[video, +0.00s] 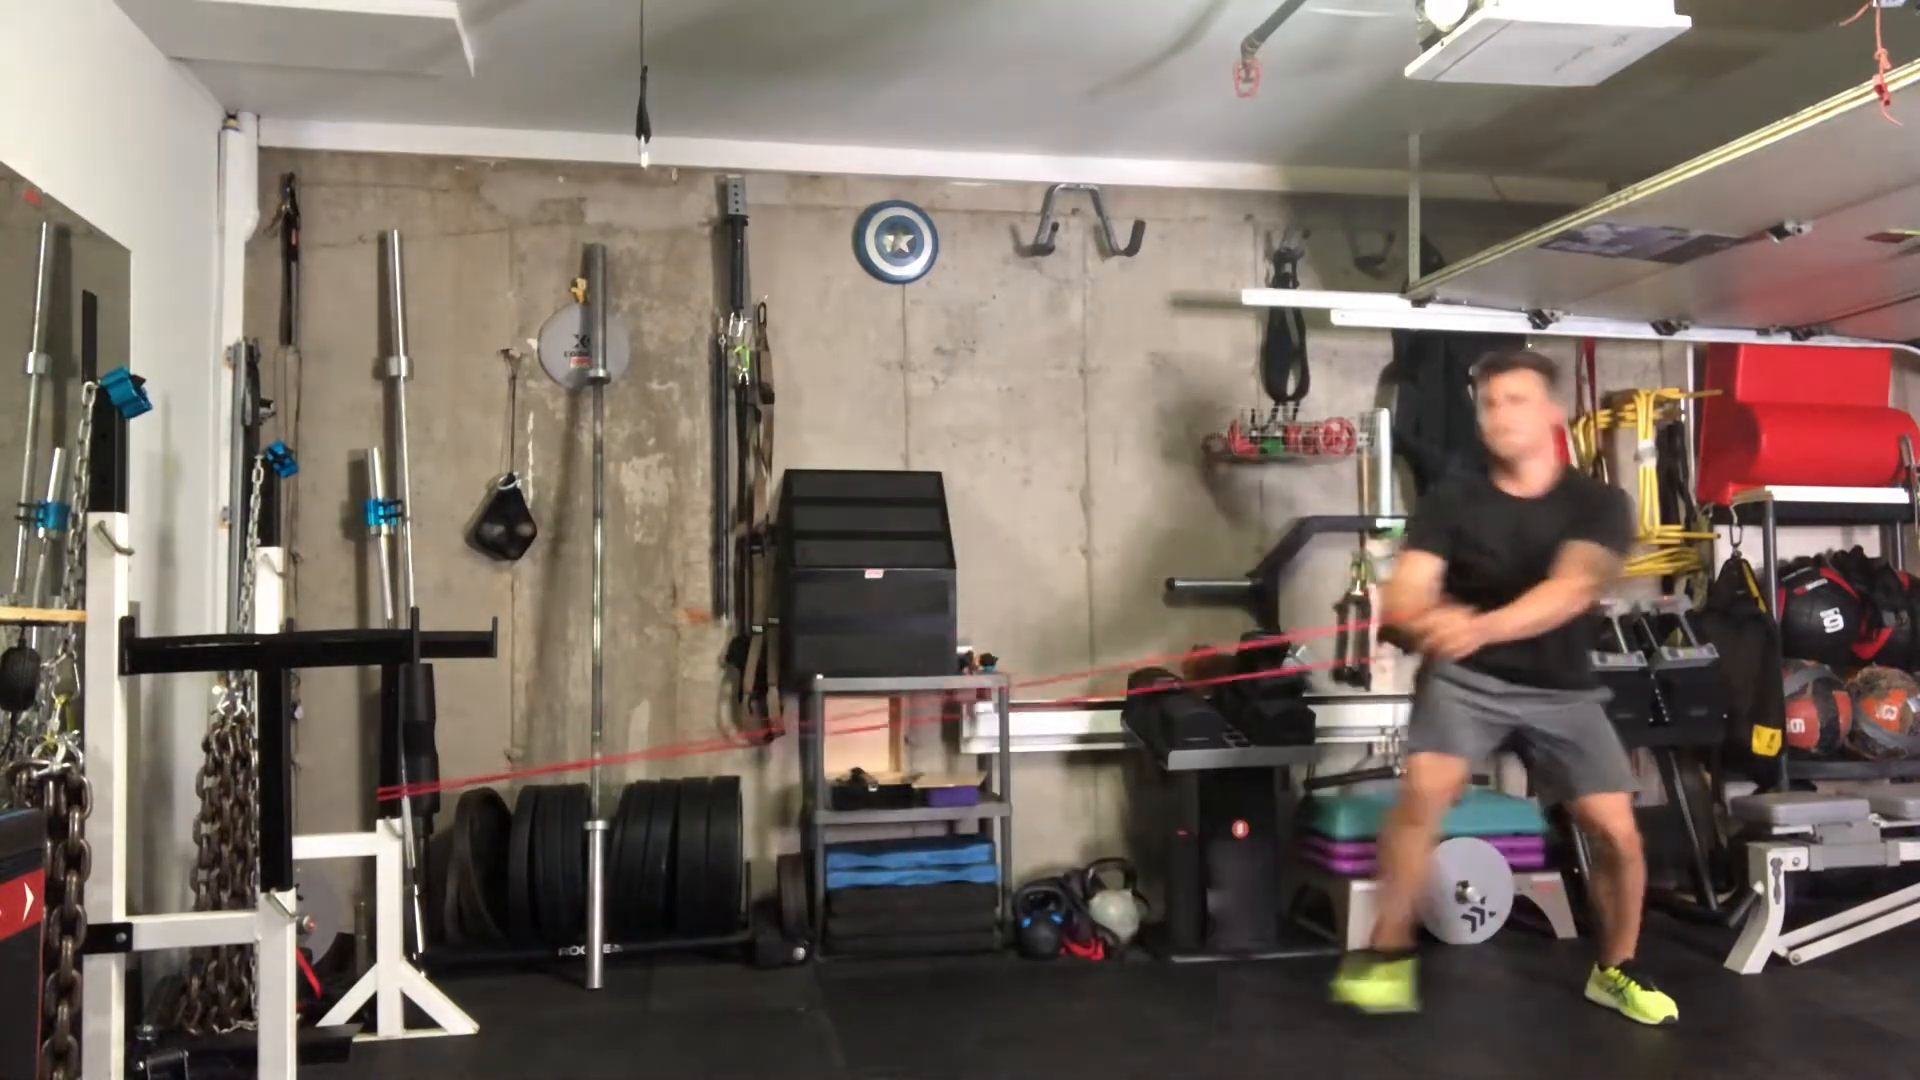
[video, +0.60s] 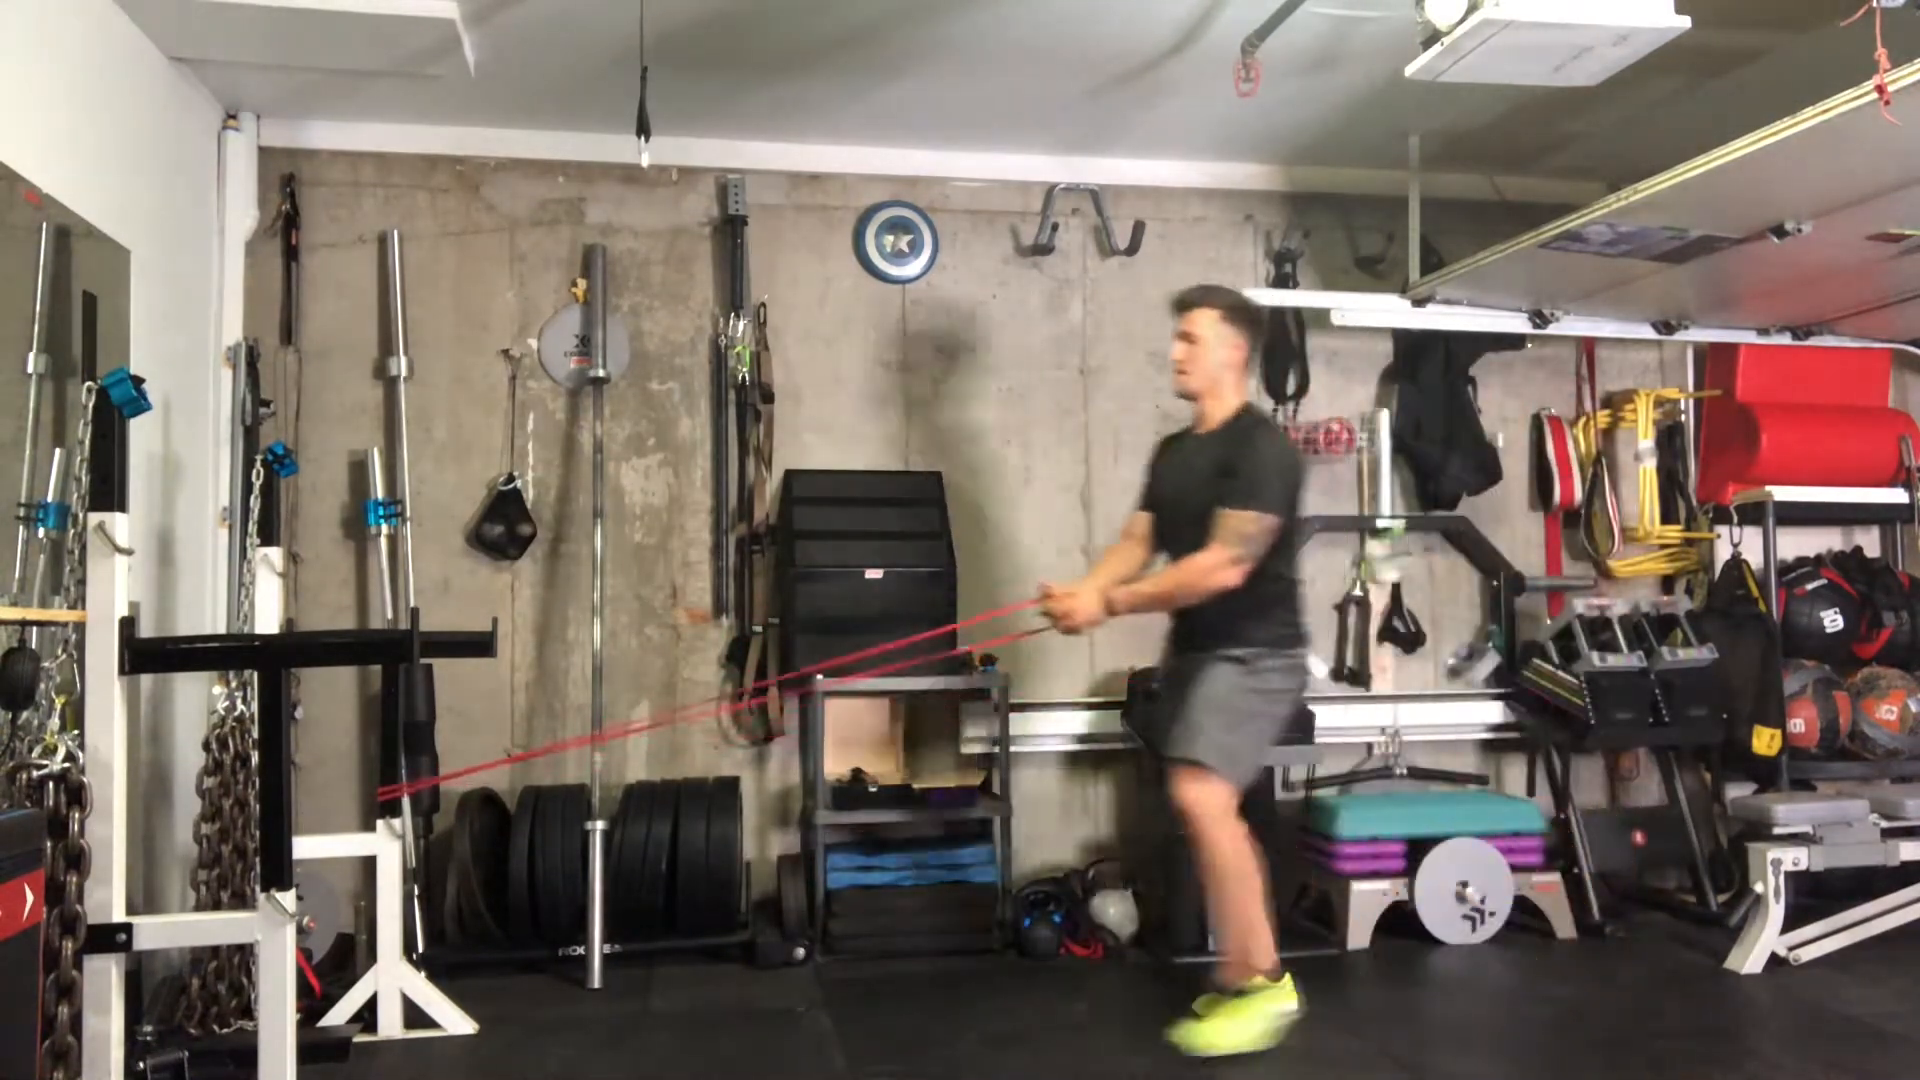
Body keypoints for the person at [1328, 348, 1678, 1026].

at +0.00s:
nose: (1500, 415)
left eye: (1515, 401)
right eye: (1489, 404)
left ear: (1553, 414)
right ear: (1479, 419)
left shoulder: (1597, 503)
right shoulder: (1453, 498)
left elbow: (1572, 590)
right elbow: (1403, 600)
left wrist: (1482, 627)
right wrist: (1439, 623)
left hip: (1565, 696)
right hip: (1463, 687)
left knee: (1619, 836)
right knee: (1422, 797)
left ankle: (1614, 970)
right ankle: (1389, 954)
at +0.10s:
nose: (1432, 397)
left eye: (1450, 384)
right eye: (1424, 387)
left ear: (1494, 398)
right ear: (1414, 403)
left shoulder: (1543, 491)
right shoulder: (1403, 495)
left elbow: (1510, 600)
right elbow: (1360, 590)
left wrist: (1400, 652)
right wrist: (1352, 644)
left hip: (1529, 688)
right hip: (1425, 683)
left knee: (1588, 829)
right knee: (1364, 796)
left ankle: (1612, 971)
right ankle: (1301, 965)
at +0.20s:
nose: (1365, 392)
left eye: (1381, 378)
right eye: (1360, 379)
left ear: (1427, 389)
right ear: (1354, 393)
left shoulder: (1471, 482)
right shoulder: (1344, 487)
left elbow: (1440, 603)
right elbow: (1307, 579)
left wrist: (1323, 658)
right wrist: (1279, 644)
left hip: (1474, 690)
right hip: (1368, 683)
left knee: (1549, 822)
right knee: (1308, 799)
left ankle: (1614, 964)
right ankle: (1273, 972)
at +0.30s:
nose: (1299, 385)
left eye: (1316, 372)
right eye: (1297, 373)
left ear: (1364, 386)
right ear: (1298, 388)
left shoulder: (1402, 482)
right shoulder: (1288, 480)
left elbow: (1359, 603)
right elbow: (1253, 572)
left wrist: (1248, 652)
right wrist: (1219, 631)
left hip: (1408, 690)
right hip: (1312, 681)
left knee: (1479, 818)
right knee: (1263, 797)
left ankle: (1607, 945)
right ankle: (1267, 976)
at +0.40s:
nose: (1253, 368)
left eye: (1268, 356)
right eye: (1254, 355)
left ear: (1314, 369)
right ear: (1267, 368)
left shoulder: (1349, 463)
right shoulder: (1248, 465)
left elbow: (1304, 583)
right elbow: (1211, 555)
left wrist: (1191, 627)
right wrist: (1166, 612)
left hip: (1350, 677)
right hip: (1264, 670)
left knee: (1382, 819)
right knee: (1240, 806)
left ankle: (1526, 916)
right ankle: (1266, 976)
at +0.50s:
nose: (1213, 356)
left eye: (1228, 344)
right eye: (1215, 343)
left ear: (1276, 359)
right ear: (1239, 361)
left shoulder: (1307, 452)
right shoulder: (1212, 454)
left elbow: (1262, 568)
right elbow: (1173, 545)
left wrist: (1155, 605)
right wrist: (1124, 597)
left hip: (1299, 657)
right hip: (1231, 655)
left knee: (1277, 801)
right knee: (1226, 810)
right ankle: (1265, 974)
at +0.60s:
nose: (1175, 354)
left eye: (1191, 340)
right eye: (1176, 340)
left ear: (1238, 354)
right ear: (1192, 355)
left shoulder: (1265, 448)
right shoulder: (1175, 451)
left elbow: (1225, 566)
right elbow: (1138, 541)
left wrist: (1112, 602)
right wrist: (1087, 592)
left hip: (1257, 655)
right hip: (1198, 655)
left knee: (1199, 786)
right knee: (1211, 806)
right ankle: (1247, 982)